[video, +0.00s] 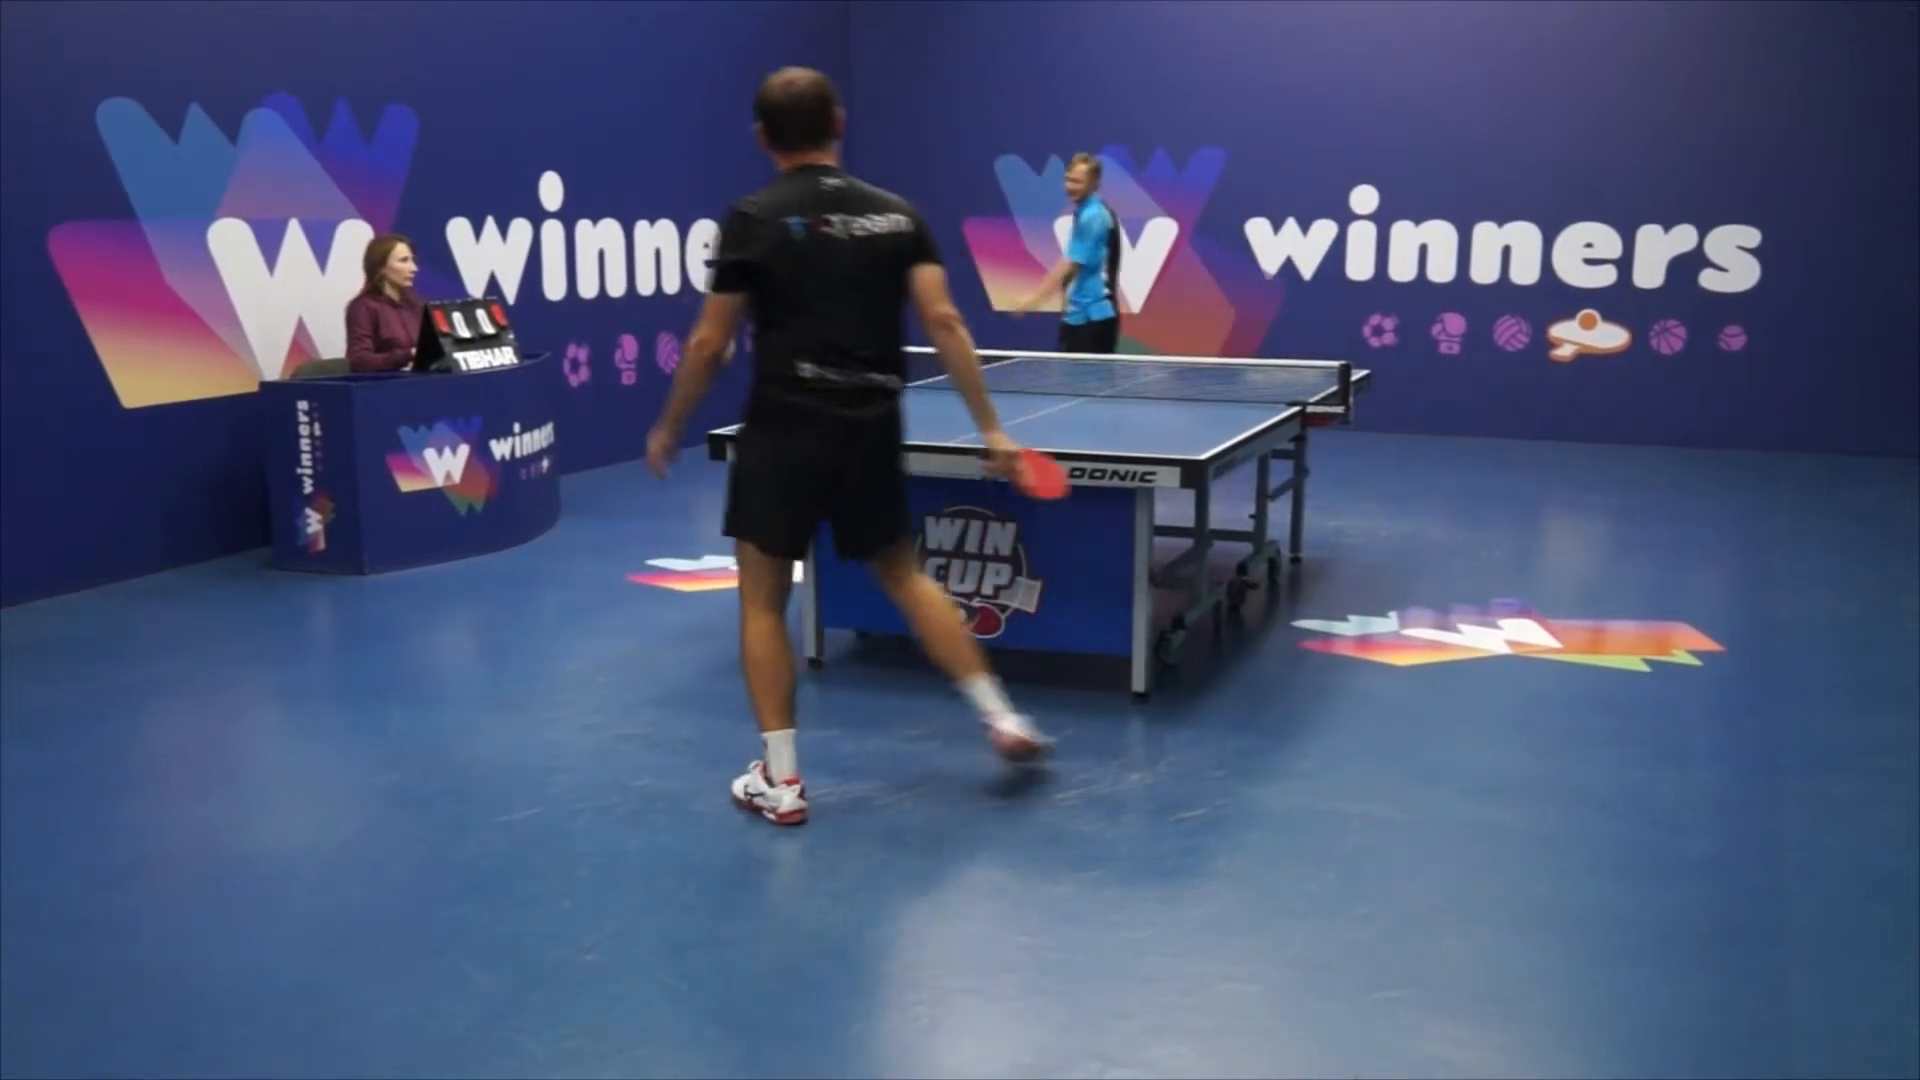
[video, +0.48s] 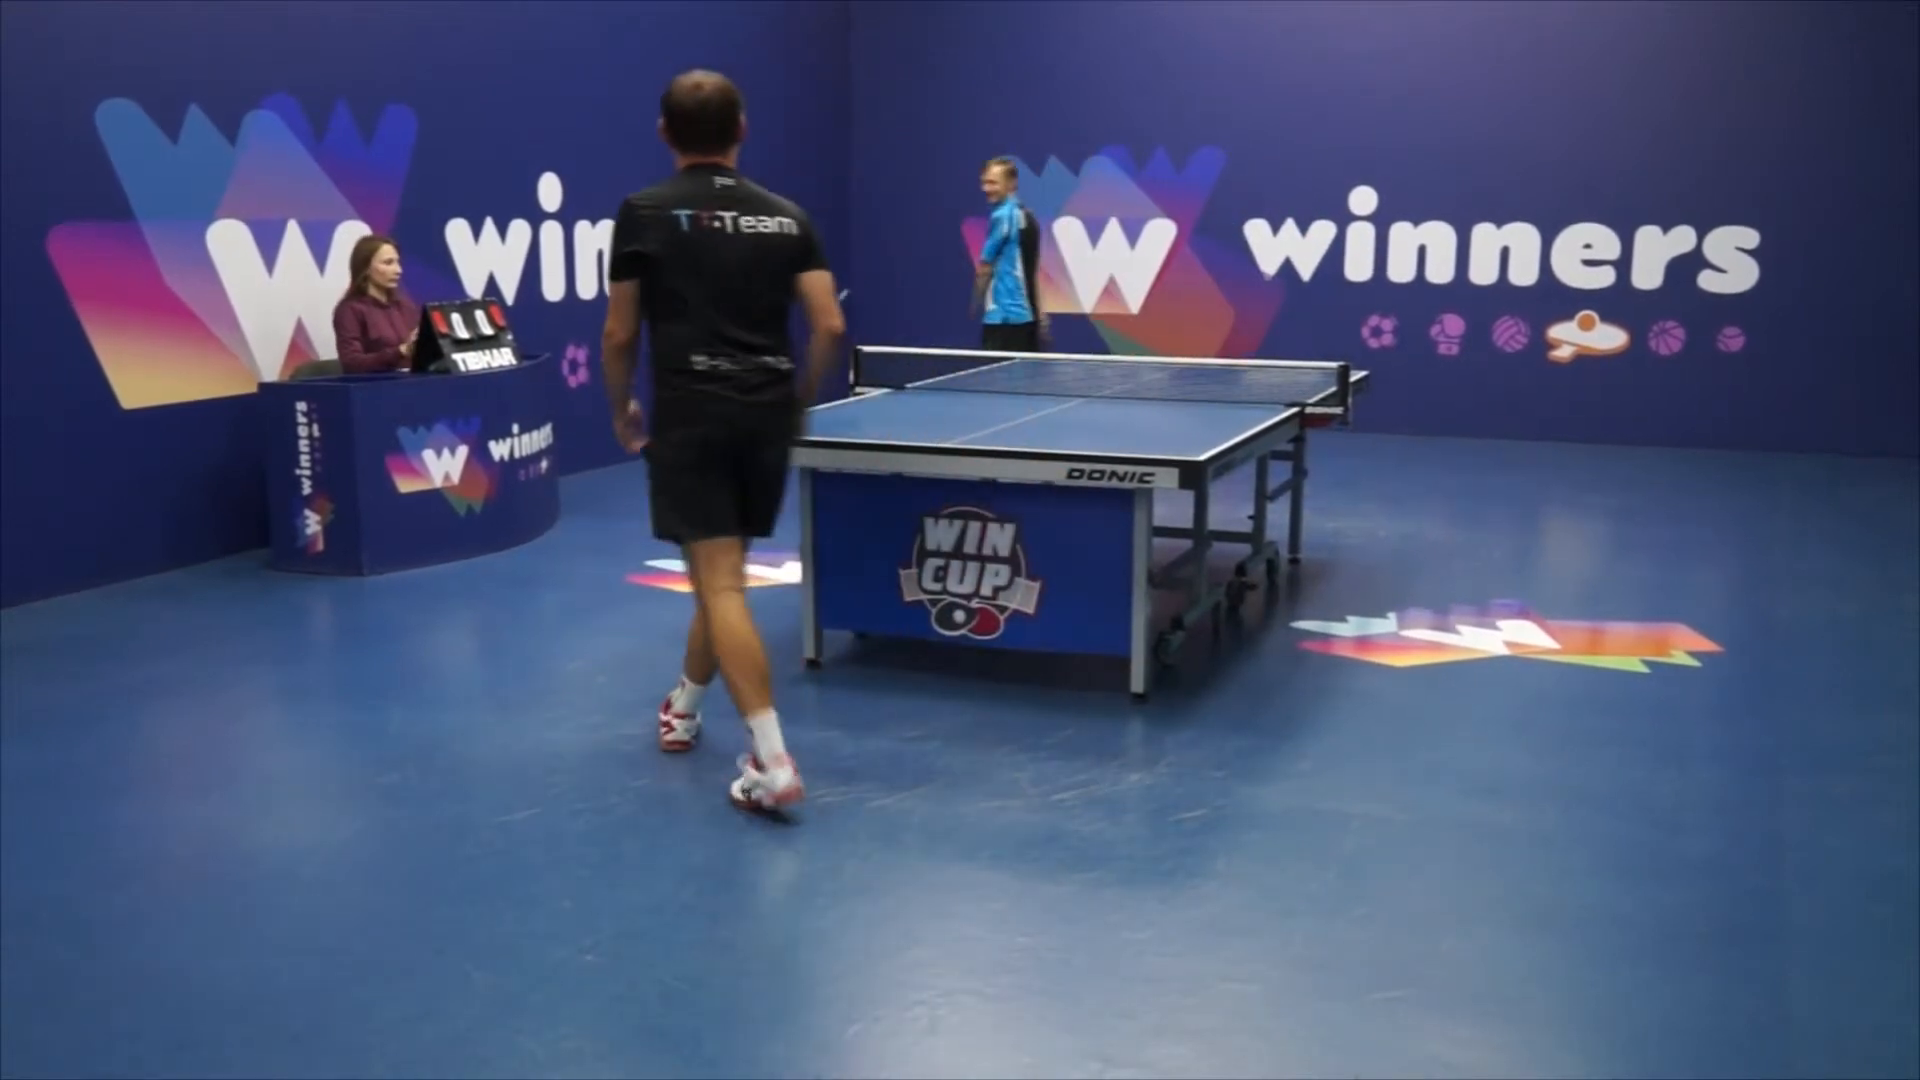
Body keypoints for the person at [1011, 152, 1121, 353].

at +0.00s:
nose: (1069, 187)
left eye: (1076, 182)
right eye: (1068, 180)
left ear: (1093, 183)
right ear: (1065, 179)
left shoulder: (1094, 216)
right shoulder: (1083, 212)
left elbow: (1071, 265)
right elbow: (1069, 262)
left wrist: (1033, 300)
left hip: (1094, 317)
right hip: (1076, 317)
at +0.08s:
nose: (1056, 185)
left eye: (1064, 180)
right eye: (1054, 179)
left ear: (1081, 182)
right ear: (1051, 179)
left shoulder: (1076, 216)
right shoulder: (1085, 212)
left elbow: (1044, 260)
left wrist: (1009, 292)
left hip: (1077, 315)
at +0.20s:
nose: (1034, 190)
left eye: (1041, 184)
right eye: (1032, 184)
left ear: (1058, 186)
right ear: (1029, 184)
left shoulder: (1049, 217)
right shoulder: (1073, 216)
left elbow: (1025, 254)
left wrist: (1011, 267)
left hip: (1056, 317)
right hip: (1074, 315)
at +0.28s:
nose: (1019, 196)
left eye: (1024, 189)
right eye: (1017, 190)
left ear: (1042, 188)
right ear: (1014, 190)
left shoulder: (1035, 218)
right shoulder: (1059, 217)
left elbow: (1016, 251)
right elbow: (1070, 266)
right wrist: (1075, 309)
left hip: (1041, 318)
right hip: (1061, 316)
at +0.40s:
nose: (999, 191)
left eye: (1005, 185)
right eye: (997, 185)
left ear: (1023, 185)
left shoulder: (1014, 217)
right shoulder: (1040, 217)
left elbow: (997, 255)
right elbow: (1046, 270)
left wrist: (999, 272)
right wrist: (1057, 310)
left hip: (1016, 318)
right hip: (1038, 316)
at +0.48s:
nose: (986, 189)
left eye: (993, 183)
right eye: (984, 182)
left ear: (1011, 184)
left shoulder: (1002, 217)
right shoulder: (1027, 216)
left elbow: (984, 268)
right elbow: (1031, 272)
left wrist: (975, 304)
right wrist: (1039, 314)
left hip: (1002, 320)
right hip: (1024, 319)